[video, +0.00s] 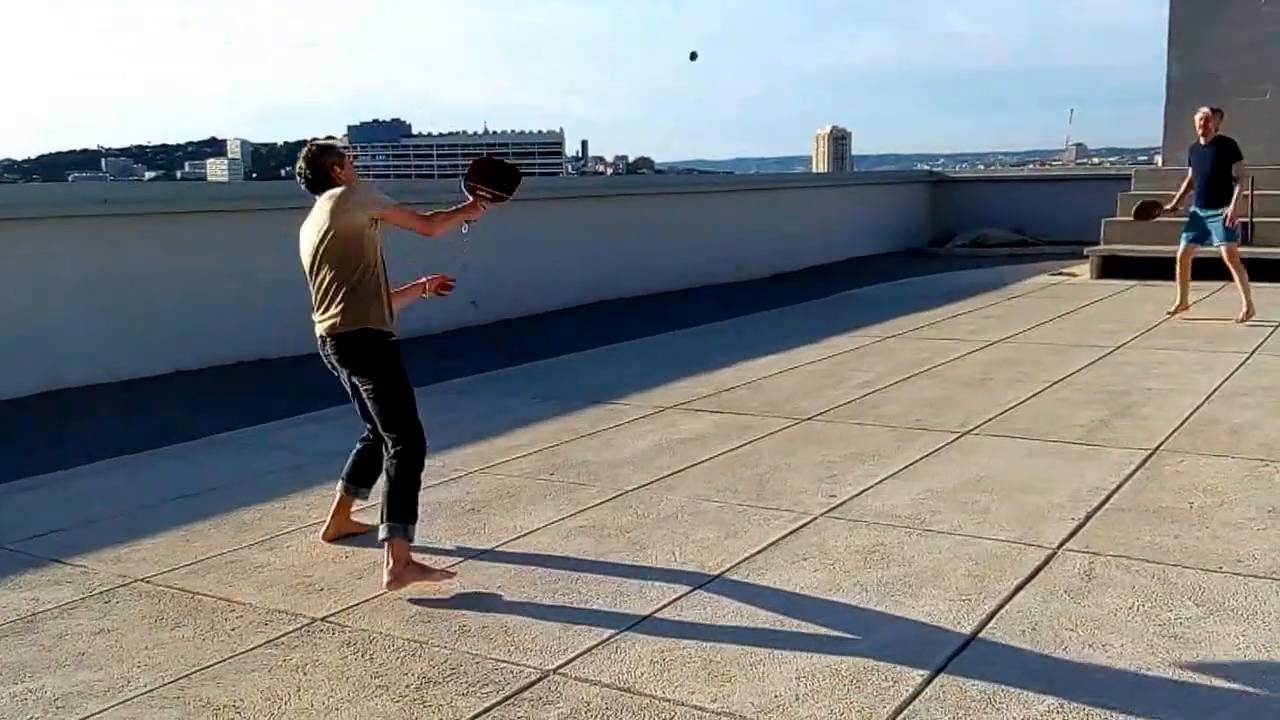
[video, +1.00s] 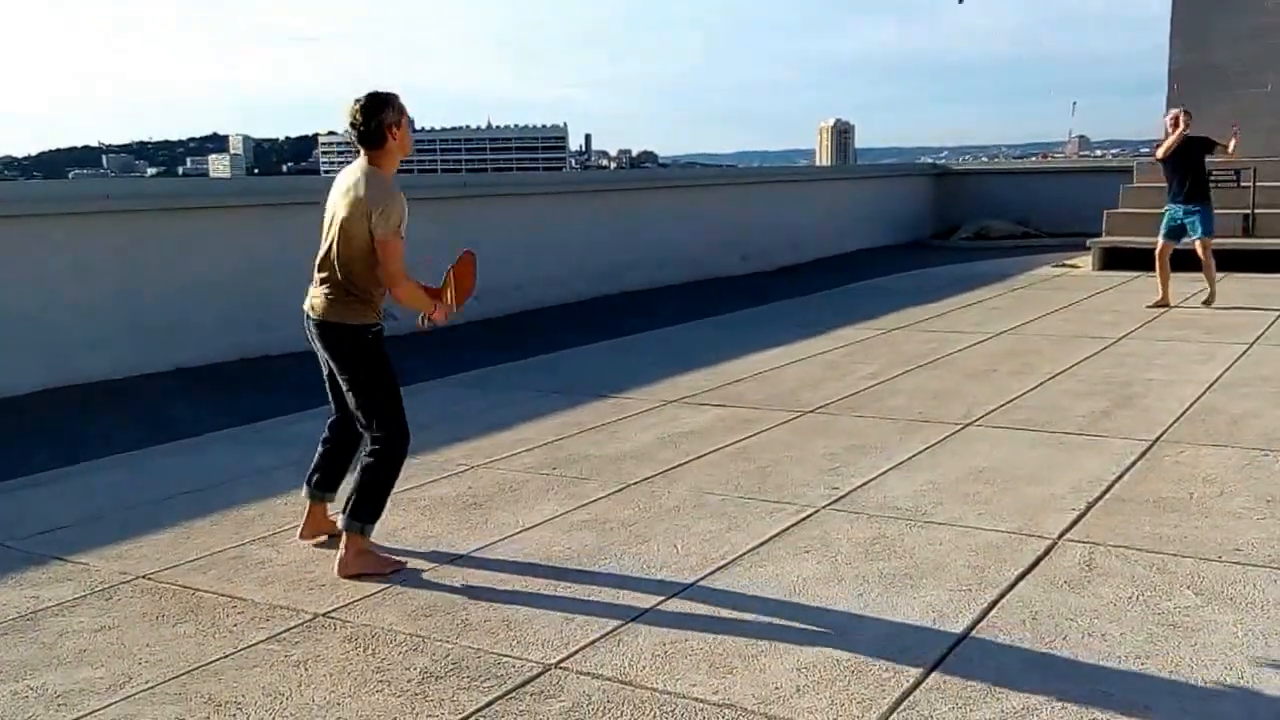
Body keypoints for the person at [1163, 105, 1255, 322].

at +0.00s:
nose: (1202, 124)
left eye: (1207, 120)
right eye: (1200, 119)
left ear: (1217, 124)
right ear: (1195, 123)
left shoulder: (1227, 145)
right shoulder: (1194, 149)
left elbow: (1241, 179)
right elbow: (1191, 179)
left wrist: (1233, 206)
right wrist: (1174, 204)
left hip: (1221, 211)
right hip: (1198, 211)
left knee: (1230, 257)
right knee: (1183, 254)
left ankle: (1248, 304)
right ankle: (1182, 301)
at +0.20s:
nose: (1191, 144)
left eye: (1195, 139)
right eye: (1188, 140)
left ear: (1206, 140)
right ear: (1186, 142)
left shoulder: (1217, 160)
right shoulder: (1198, 166)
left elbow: (1231, 184)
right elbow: (1190, 194)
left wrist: (1221, 207)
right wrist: (1162, 202)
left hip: (1224, 223)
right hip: (1202, 224)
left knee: (1228, 267)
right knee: (1175, 258)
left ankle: (1256, 309)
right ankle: (1168, 299)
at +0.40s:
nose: (1171, 159)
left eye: (1174, 154)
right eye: (1169, 156)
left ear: (1186, 155)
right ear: (1168, 158)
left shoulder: (1199, 172)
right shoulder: (1180, 180)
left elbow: (1219, 185)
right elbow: (1169, 207)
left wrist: (1214, 200)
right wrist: (1144, 206)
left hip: (1219, 229)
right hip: (1197, 231)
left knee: (1220, 271)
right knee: (1164, 261)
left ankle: (1255, 309)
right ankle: (1165, 303)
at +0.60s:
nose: (1160, 161)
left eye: (1163, 156)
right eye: (1159, 157)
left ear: (1175, 155)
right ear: (1160, 160)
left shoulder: (1197, 170)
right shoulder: (1168, 184)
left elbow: (1224, 183)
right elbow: (1160, 210)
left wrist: (1228, 200)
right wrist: (1134, 213)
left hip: (1215, 225)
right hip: (1191, 226)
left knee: (1224, 266)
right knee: (1158, 259)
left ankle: (1256, 306)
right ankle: (1166, 301)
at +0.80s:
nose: (1164, 139)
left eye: (1168, 135)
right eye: (1162, 135)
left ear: (1178, 138)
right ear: (1160, 139)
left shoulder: (1193, 154)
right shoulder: (1159, 163)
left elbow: (1221, 164)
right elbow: (1161, 184)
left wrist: (1231, 165)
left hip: (1204, 215)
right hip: (1179, 218)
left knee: (1219, 255)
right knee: (1155, 258)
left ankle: (1243, 298)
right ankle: (1165, 298)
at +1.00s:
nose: (1177, 126)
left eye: (1181, 122)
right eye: (1173, 123)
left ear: (1187, 124)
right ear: (1167, 126)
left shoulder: (1197, 142)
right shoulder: (1164, 146)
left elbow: (1228, 151)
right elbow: (1160, 155)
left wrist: (1234, 140)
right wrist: (1179, 133)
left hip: (1198, 206)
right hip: (1175, 206)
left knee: (1203, 251)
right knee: (1161, 252)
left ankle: (1212, 290)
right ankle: (1163, 297)